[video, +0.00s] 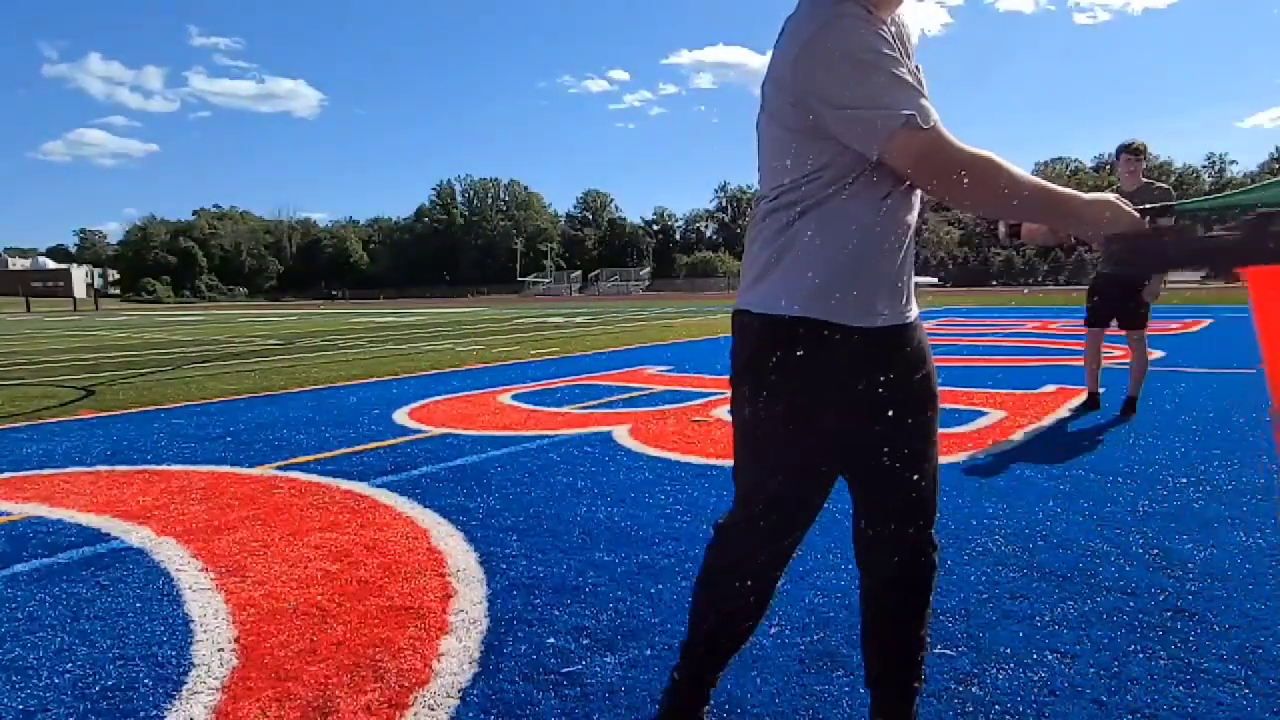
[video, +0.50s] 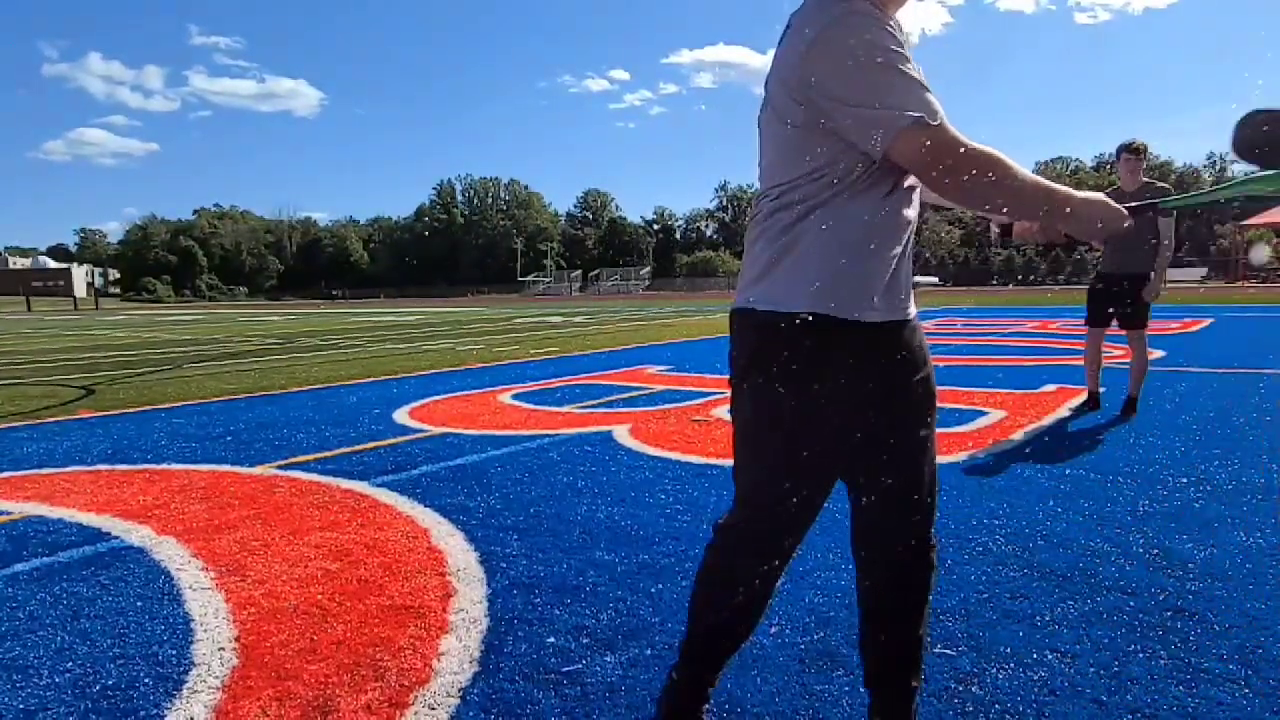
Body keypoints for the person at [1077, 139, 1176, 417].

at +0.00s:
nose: (1131, 166)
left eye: (1136, 161)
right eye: (1126, 161)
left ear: (1143, 164)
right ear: (1117, 164)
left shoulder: (1160, 194)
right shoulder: (1108, 197)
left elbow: (1165, 240)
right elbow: (1095, 235)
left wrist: (1157, 279)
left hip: (1138, 276)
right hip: (1106, 273)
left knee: (1136, 339)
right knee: (1093, 334)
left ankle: (1132, 399)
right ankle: (1092, 394)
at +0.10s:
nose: (1132, 165)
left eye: (1137, 160)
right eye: (1126, 160)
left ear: (1144, 164)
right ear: (1117, 163)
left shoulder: (1160, 194)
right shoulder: (1107, 197)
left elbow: (1166, 240)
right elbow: (1093, 235)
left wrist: (1156, 281)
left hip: (1137, 278)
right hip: (1105, 277)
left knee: (1136, 341)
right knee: (1093, 337)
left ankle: (1132, 400)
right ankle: (1092, 395)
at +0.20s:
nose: (1131, 166)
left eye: (1136, 161)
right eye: (1126, 161)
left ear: (1143, 164)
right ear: (1117, 164)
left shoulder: (1157, 195)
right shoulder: (1110, 198)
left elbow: (1167, 240)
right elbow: (1098, 240)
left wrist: (1157, 280)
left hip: (1136, 278)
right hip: (1105, 276)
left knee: (1136, 340)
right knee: (1094, 336)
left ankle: (1132, 398)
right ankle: (1092, 394)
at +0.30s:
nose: (1132, 166)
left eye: (1137, 161)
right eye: (1127, 161)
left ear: (1144, 164)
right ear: (1118, 164)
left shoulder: (1160, 194)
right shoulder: (1109, 197)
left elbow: (1167, 240)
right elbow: (1097, 238)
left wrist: (1157, 279)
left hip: (1137, 277)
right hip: (1106, 275)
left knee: (1136, 339)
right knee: (1093, 335)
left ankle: (1132, 398)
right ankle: (1092, 394)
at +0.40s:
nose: (1133, 166)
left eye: (1137, 161)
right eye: (1127, 161)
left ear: (1144, 163)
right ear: (1118, 164)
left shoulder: (1160, 194)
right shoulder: (1108, 198)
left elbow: (1167, 240)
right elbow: (1096, 238)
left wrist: (1157, 279)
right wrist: (1095, 235)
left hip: (1137, 277)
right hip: (1105, 276)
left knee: (1136, 340)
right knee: (1094, 336)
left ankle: (1132, 398)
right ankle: (1092, 395)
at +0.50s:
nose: (1133, 166)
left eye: (1138, 161)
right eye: (1128, 160)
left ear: (1144, 163)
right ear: (1118, 164)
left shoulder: (1160, 193)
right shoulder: (1108, 198)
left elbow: (1167, 240)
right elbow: (1097, 239)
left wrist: (1157, 280)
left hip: (1137, 277)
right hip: (1106, 276)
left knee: (1136, 340)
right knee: (1094, 337)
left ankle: (1132, 398)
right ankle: (1092, 395)